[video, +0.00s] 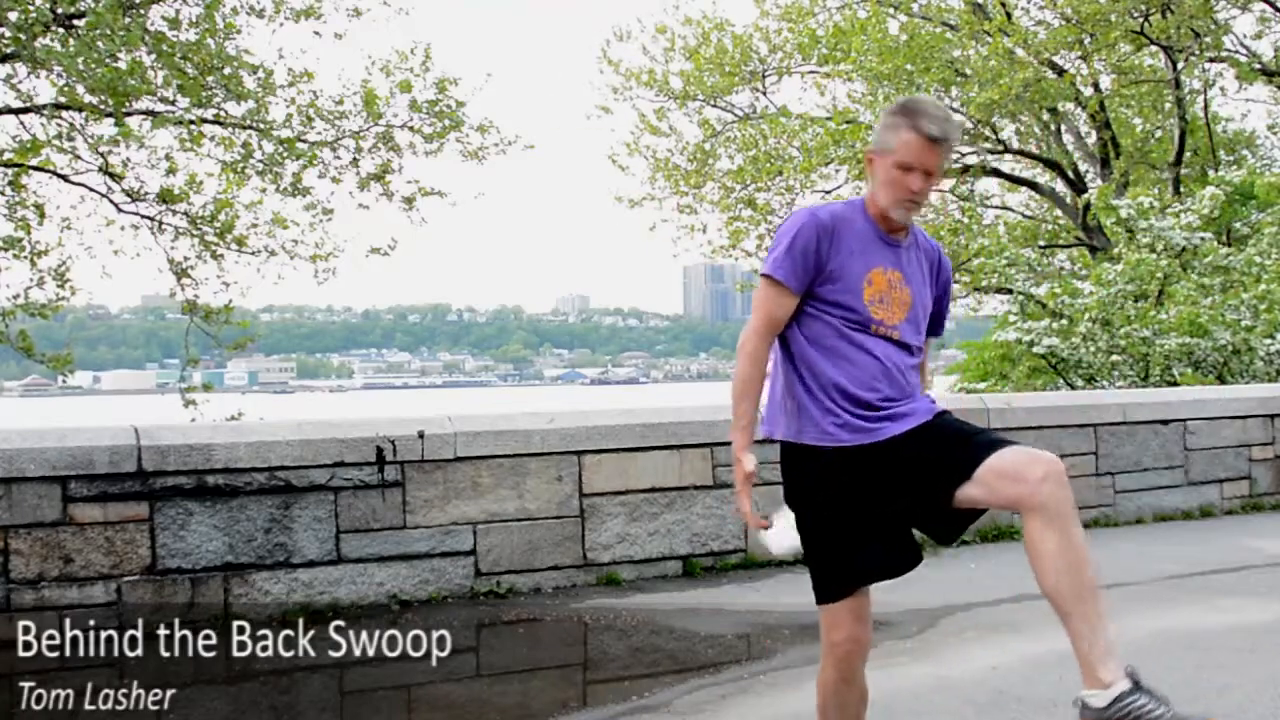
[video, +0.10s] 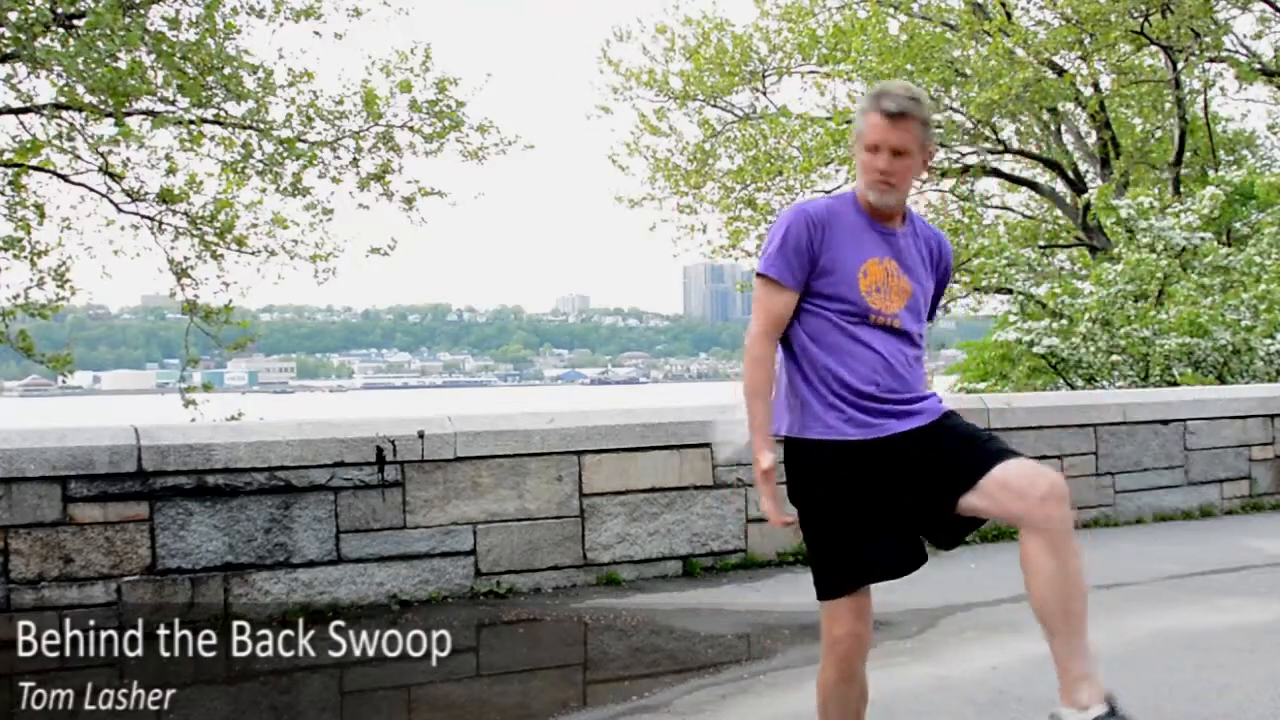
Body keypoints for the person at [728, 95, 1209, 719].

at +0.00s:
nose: (919, 187)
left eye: (931, 175)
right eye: (907, 170)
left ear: (941, 177)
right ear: (870, 160)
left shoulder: (930, 262)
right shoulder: (815, 229)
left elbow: (915, 371)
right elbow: (757, 338)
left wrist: (939, 457)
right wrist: (741, 451)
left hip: (908, 436)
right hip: (825, 453)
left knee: (1042, 478)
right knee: (846, 641)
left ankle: (1106, 685)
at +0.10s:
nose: (883, 165)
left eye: (899, 153)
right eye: (872, 149)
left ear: (924, 161)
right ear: (854, 150)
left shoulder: (933, 250)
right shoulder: (806, 226)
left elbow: (908, 352)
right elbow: (760, 341)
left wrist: (923, 426)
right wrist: (764, 456)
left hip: (915, 434)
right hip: (828, 449)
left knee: (1044, 495)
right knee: (847, 637)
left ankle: (1082, 697)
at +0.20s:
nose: (867, 156)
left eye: (884, 144)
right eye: (859, 141)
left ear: (918, 154)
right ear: (847, 144)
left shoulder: (933, 243)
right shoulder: (803, 222)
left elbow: (905, 346)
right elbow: (767, 340)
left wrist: (921, 427)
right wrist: (777, 453)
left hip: (920, 433)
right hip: (830, 445)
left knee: (1041, 507)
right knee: (847, 633)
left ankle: (1069, 708)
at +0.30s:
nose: (847, 140)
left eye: (865, 128)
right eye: (842, 126)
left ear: (907, 143)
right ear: (836, 132)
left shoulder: (936, 233)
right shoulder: (799, 215)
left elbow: (903, 332)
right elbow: (776, 331)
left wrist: (920, 412)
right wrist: (804, 439)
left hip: (927, 429)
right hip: (836, 440)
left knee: (1031, 539)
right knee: (847, 631)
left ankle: (1047, 713)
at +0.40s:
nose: (842, 135)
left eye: (859, 123)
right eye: (839, 122)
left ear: (904, 140)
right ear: (835, 130)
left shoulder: (938, 227)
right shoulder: (800, 210)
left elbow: (904, 325)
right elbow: (779, 328)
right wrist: (819, 435)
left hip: (928, 424)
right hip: (835, 435)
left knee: (1021, 553)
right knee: (847, 624)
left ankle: (1036, 715)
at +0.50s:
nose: (836, 123)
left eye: (852, 112)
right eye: (834, 111)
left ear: (900, 129)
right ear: (834, 122)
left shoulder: (943, 217)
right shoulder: (800, 202)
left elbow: (920, 315)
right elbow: (783, 322)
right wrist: (836, 426)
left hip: (930, 428)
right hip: (835, 431)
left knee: (998, 589)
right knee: (846, 622)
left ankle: (1022, 715)